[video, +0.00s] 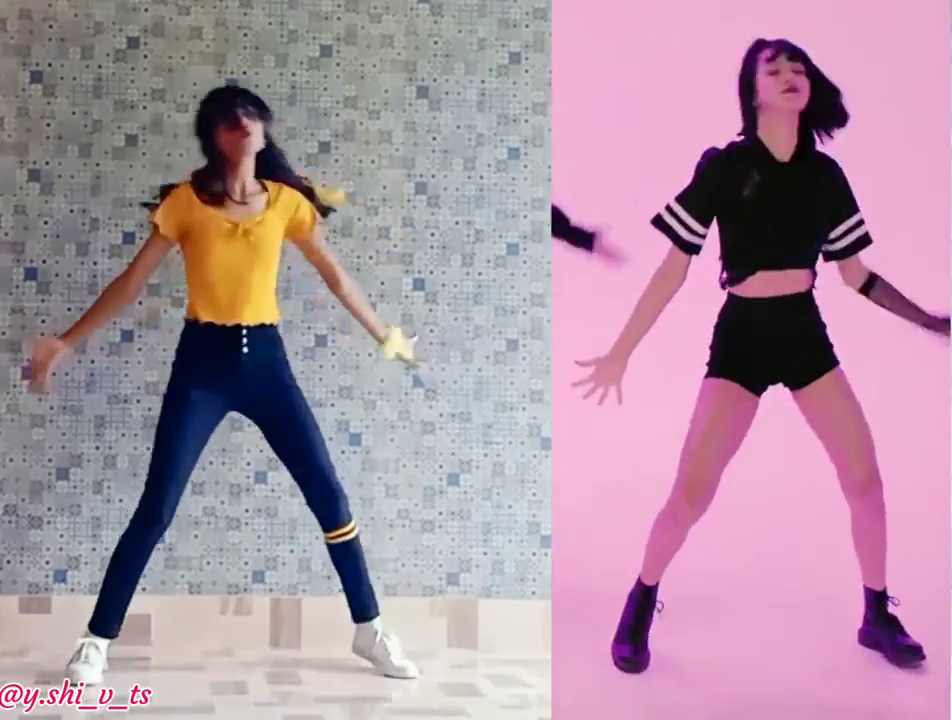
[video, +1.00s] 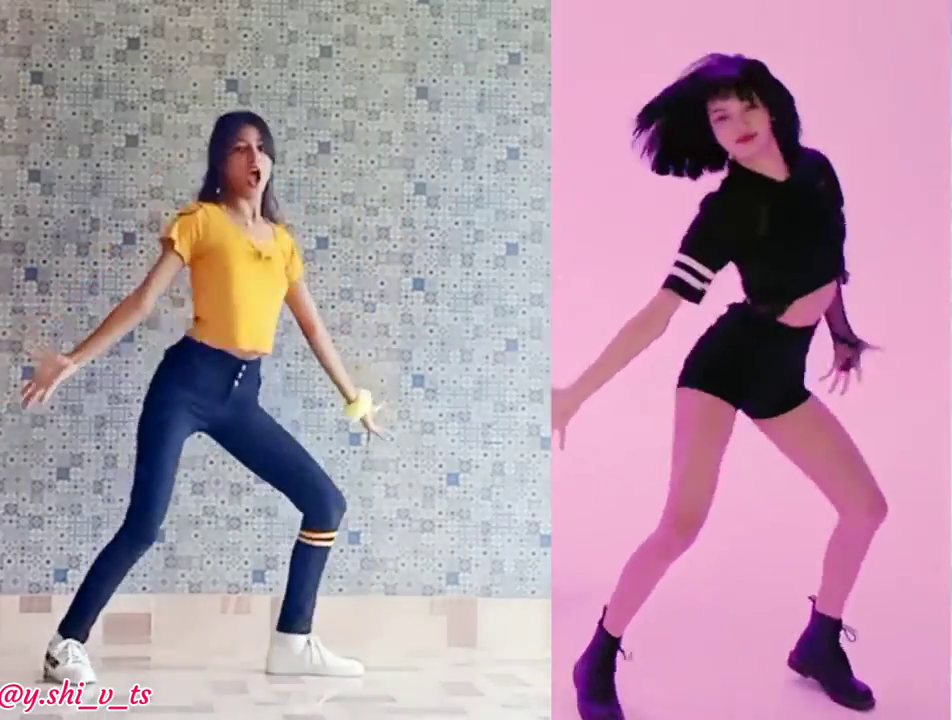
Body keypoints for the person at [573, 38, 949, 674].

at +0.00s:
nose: (789, 75)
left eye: (797, 67)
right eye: (773, 68)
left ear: (811, 87)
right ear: (751, 90)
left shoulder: (823, 172)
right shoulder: (722, 169)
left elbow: (857, 273)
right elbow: (672, 269)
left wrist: (929, 320)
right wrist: (621, 351)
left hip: (805, 334)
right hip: (741, 337)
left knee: (864, 480)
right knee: (691, 497)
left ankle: (877, 614)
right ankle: (640, 606)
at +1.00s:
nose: (739, 123)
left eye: (748, 106)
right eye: (722, 116)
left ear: (773, 108)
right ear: (710, 134)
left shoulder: (817, 172)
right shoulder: (727, 207)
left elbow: (826, 256)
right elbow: (659, 312)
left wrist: (840, 327)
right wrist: (574, 393)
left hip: (779, 370)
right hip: (722, 362)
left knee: (864, 507)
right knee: (680, 527)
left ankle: (820, 643)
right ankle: (599, 659)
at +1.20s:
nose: (770, 138)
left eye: (781, 124)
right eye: (755, 125)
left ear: (795, 126)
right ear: (730, 129)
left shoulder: (786, 177)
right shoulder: (712, 207)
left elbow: (808, 247)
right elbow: (694, 314)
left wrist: (878, 253)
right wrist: (671, 414)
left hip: (799, 374)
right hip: (745, 377)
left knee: (826, 536)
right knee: (726, 554)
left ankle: (746, 659)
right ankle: (601, 650)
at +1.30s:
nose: (786, 120)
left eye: (796, 107)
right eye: (771, 107)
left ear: (808, 111)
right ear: (743, 111)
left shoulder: (812, 159)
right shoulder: (708, 191)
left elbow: (855, 251)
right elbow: (701, 300)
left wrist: (873, 196)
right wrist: (701, 396)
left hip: (806, 354)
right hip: (743, 361)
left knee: (796, 525)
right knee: (799, 527)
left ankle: (726, 642)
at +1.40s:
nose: (797, 151)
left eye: (806, 139)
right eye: (782, 139)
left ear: (817, 148)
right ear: (751, 148)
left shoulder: (825, 212)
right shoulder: (718, 223)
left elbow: (860, 309)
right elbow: (696, 323)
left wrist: (858, 236)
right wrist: (681, 409)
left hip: (787, 387)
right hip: (732, 391)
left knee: (783, 554)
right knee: (845, 523)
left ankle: (687, 645)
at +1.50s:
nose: (806, 186)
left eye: (815, 174)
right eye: (791, 173)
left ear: (825, 185)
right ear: (763, 183)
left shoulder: (829, 248)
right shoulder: (725, 256)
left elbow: (859, 330)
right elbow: (680, 342)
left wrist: (866, 275)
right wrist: (684, 418)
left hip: (795, 418)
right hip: (740, 425)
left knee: (798, 581)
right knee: (859, 545)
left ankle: (676, 637)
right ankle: (889, 677)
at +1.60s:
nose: (816, 157)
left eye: (823, 144)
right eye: (800, 146)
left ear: (833, 153)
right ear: (772, 157)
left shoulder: (833, 216)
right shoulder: (748, 240)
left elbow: (910, 291)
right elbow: (734, 362)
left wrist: (902, 232)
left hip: (788, 405)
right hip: (748, 415)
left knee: (798, 565)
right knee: (877, 535)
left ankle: (663, 626)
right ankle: (880, 672)